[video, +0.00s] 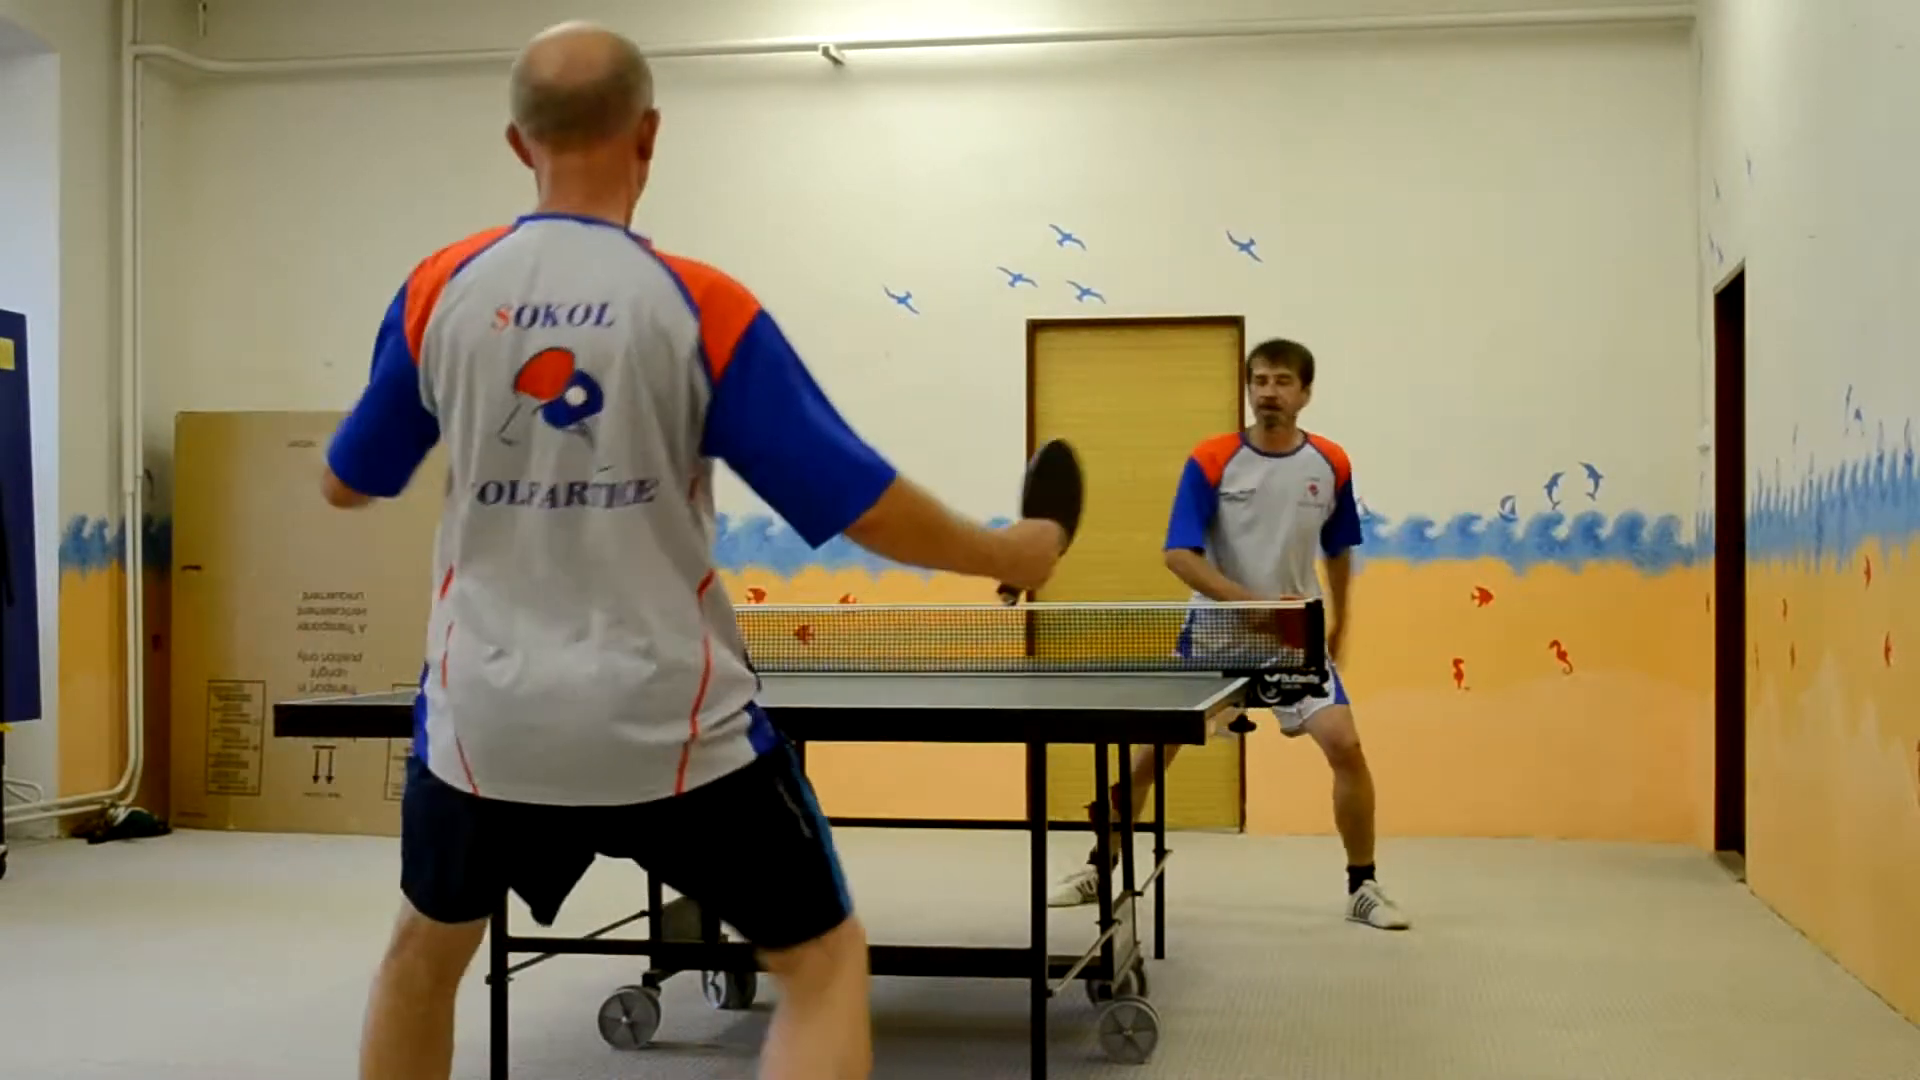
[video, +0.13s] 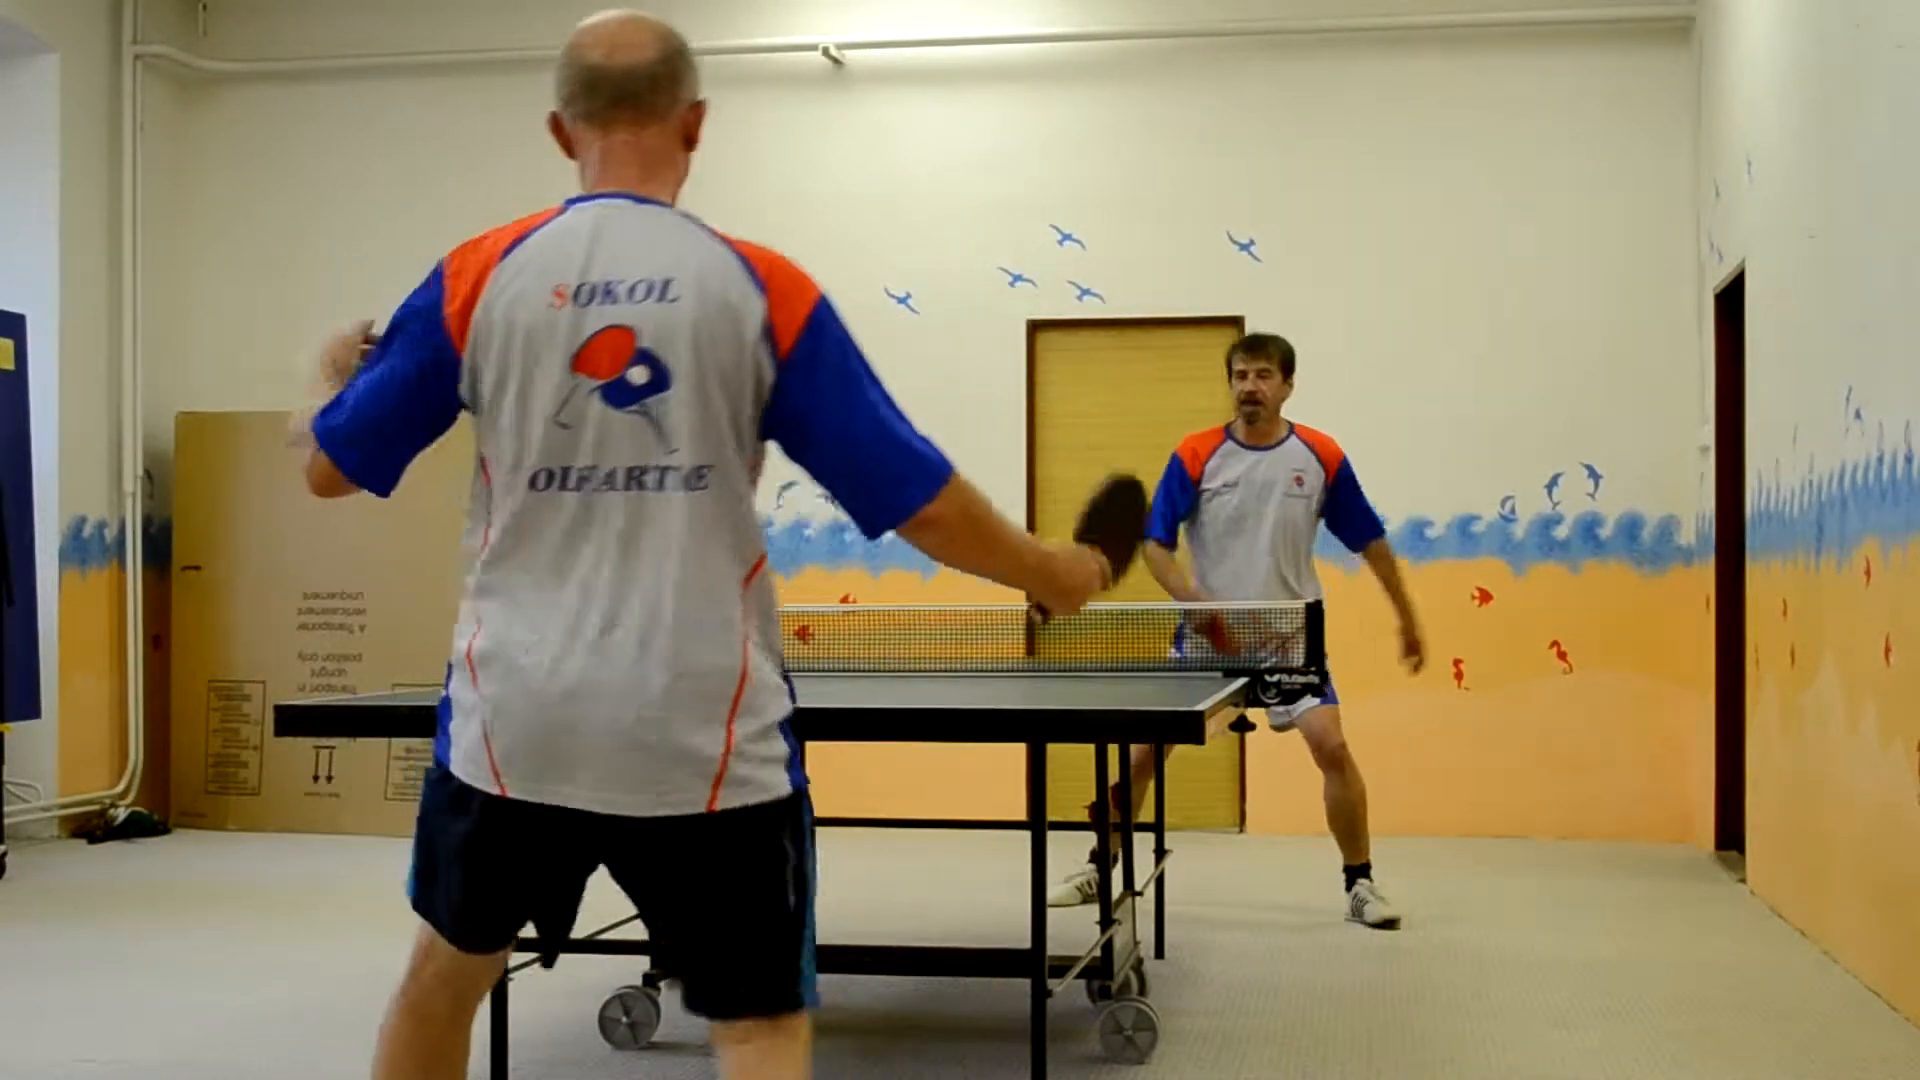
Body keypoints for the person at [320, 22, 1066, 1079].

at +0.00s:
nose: (649, 145)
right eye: (652, 128)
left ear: (519, 143)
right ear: (647, 138)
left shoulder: (439, 291)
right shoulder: (704, 309)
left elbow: (348, 483)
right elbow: (856, 498)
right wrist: (1007, 552)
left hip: (483, 728)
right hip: (674, 726)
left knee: (423, 956)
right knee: (820, 965)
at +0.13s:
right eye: (685, 114)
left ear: (560, 131)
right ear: (694, 123)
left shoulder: (476, 277)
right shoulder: (760, 288)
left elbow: (328, 471)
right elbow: (909, 491)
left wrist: (337, 381)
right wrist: (1046, 572)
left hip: (511, 722)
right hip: (706, 725)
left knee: (438, 986)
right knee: (762, 1027)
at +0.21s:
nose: (710, 130)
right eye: (724, 116)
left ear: (593, 125)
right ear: (729, 122)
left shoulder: (503, 257)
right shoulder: (795, 271)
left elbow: (360, 468)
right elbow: (929, 493)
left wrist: (328, 416)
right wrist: (1052, 615)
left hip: (524, 719)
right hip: (727, 726)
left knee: (452, 981)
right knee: (768, 1039)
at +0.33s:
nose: (739, 121)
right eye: (752, 107)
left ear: (611, 102)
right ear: (750, 105)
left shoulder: (520, 215)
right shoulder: (822, 231)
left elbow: (409, 444)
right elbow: (915, 483)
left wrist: (376, 547)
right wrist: (996, 664)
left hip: (531, 696)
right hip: (739, 713)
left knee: (496, 971)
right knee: (760, 1027)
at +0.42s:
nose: (739, 114)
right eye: (752, 98)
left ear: (612, 94)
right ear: (752, 91)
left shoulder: (517, 197)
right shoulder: (822, 208)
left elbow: (414, 457)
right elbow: (888, 477)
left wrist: (406, 609)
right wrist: (952, 687)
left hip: (524, 687)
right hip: (731, 704)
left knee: (525, 986)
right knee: (750, 1021)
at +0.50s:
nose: (741, 123)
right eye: (752, 110)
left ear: (610, 101)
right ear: (751, 100)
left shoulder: (508, 201)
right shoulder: (808, 201)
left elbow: (427, 473)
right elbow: (859, 473)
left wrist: (435, 680)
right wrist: (912, 698)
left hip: (509, 688)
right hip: (722, 696)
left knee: (538, 1030)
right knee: (750, 1030)